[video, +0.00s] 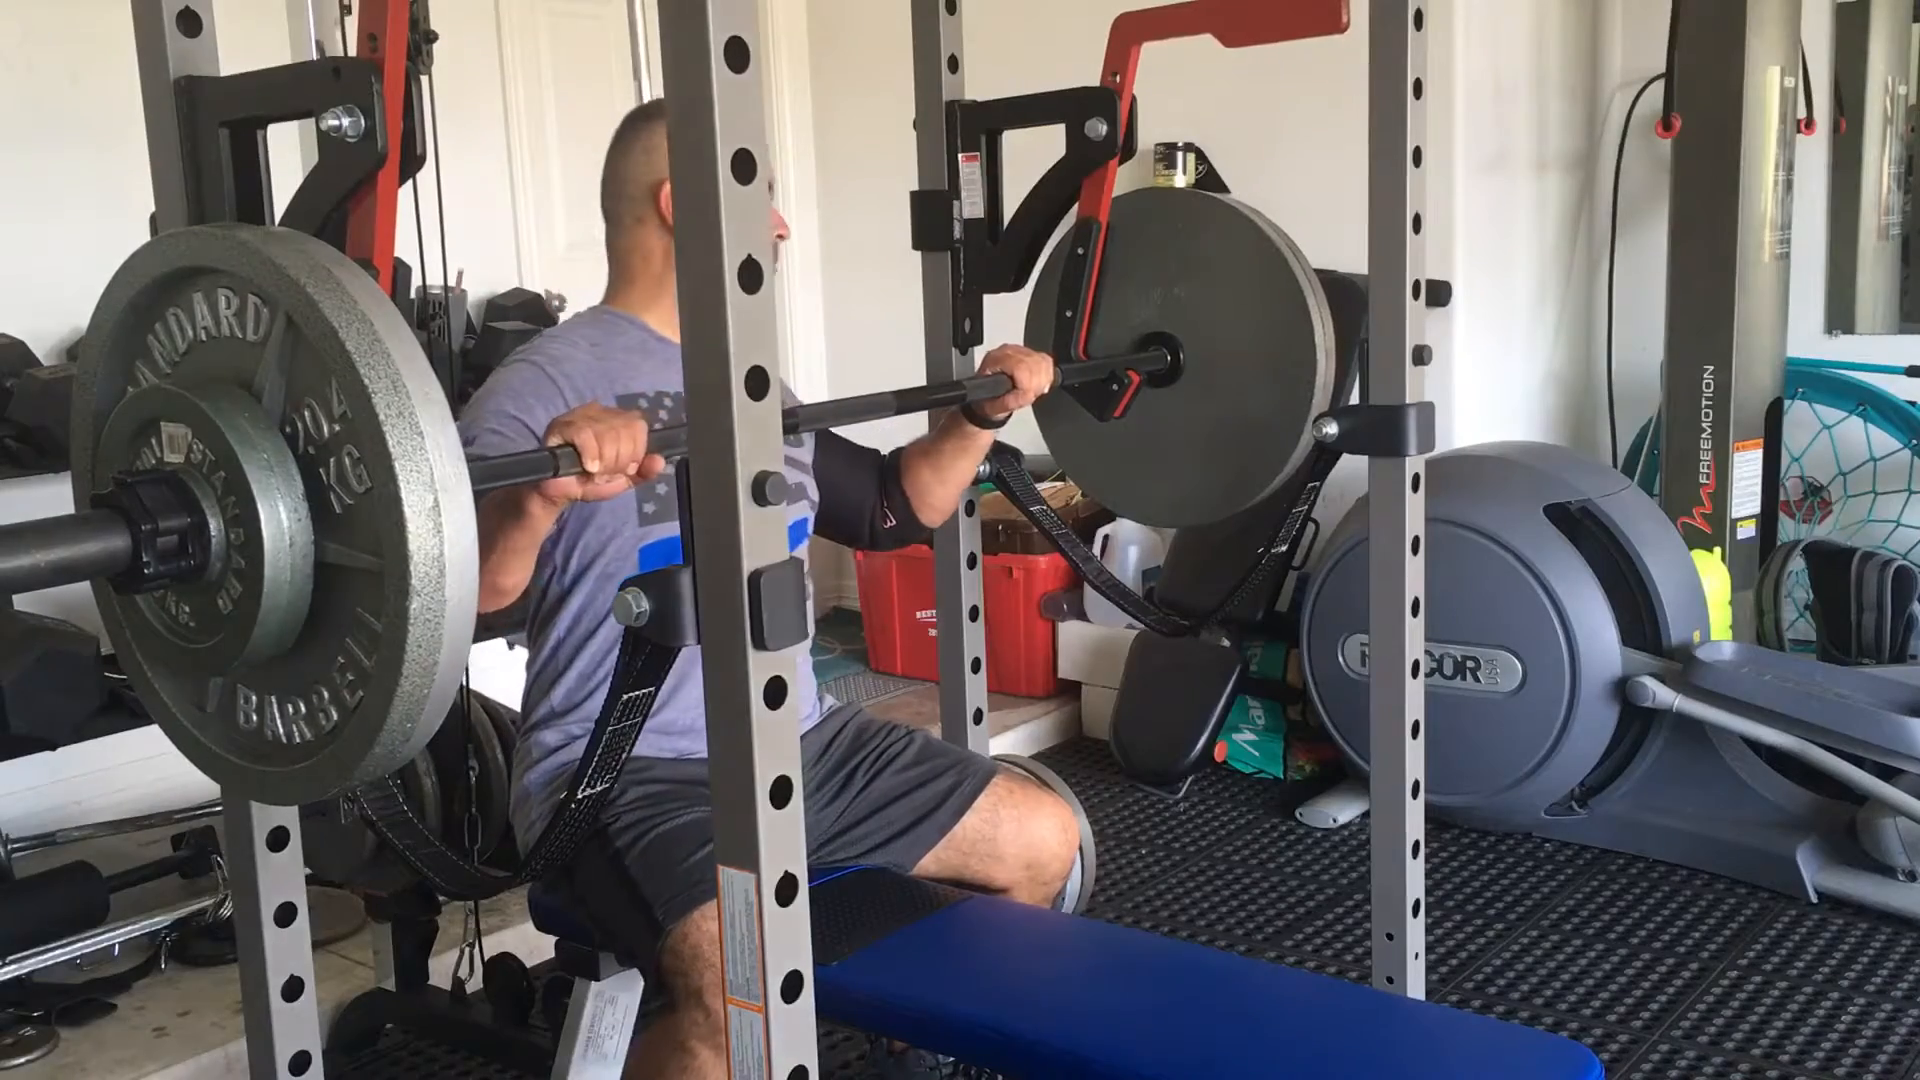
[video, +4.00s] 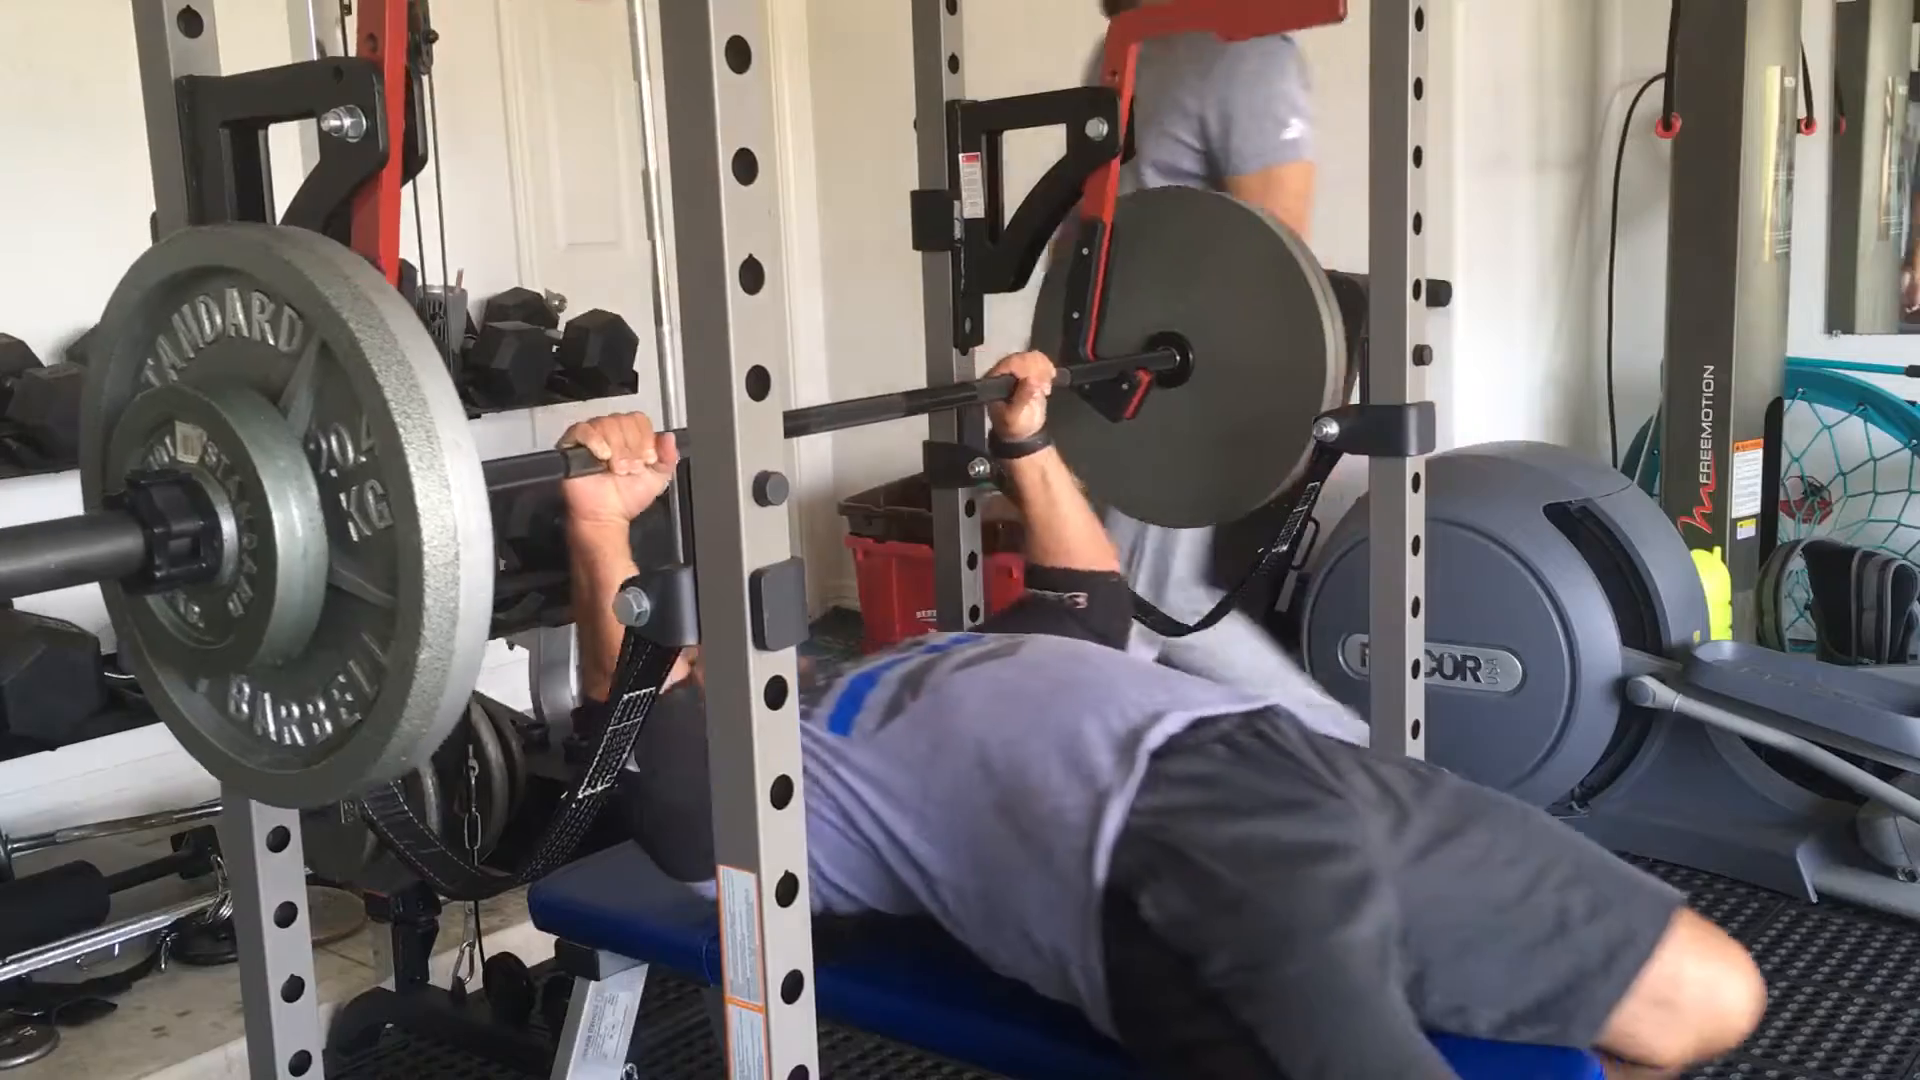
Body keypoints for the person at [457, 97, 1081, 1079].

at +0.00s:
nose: (783, 228)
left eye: (776, 197)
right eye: (755, 194)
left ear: (665, 206)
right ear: (670, 203)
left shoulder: (747, 380)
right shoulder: (542, 381)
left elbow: (891, 507)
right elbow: (478, 603)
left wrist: (978, 411)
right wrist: (544, 492)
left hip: (792, 736)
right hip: (621, 768)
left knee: (1040, 837)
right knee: (743, 967)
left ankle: (954, 1049)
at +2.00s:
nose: (703, 252)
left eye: (709, 224)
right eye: (668, 226)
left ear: (733, 235)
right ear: (584, 246)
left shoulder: (734, 373)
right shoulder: (495, 386)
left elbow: (866, 477)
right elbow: (440, 603)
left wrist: (973, 396)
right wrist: (537, 487)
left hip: (764, 726)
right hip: (590, 757)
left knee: (1028, 800)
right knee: (717, 900)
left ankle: (1126, 1050)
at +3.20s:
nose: (652, 168)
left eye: (662, 141)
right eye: (610, 143)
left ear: (685, 161)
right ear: (531, 180)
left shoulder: (721, 310)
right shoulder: (483, 343)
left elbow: (845, 475)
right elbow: (438, 579)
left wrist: (949, 404)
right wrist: (514, 474)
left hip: (889, 675)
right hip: (707, 722)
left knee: (1171, 827)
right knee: (876, 936)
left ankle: (1221, 1073)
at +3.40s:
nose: (607, 330)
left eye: (611, 309)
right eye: (565, 315)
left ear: (637, 336)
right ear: (494, 369)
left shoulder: (725, 452)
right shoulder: (514, 503)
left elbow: (900, 552)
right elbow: (490, 649)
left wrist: (953, 417)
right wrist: (524, 509)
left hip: (1012, 678)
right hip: (870, 745)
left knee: (1307, 883)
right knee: (1054, 992)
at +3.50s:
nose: (611, 456)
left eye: (610, 432)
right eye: (561, 444)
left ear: (633, 443)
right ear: (501, 493)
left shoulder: (753, 530)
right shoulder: (565, 619)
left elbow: (947, 585)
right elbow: (521, 717)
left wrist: (962, 425)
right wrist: (518, 520)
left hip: (1056, 697)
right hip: (924, 773)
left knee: (1387, 912)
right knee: (1112, 1035)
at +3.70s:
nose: (626, 567)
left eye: (636, 545)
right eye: (593, 576)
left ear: (676, 581)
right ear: (582, 626)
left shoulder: (847, 640)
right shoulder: (644, 750)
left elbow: (995, 620)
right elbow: (556, 791)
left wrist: (972, 435)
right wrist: (542, 523)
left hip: (1163, 741)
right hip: (1023, 821)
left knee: (1538, 957)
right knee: (1242, 1056)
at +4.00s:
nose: (712, 659)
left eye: (721, 648)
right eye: (704, 671)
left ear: (824, 661)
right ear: (723, 728)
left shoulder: (986, 657)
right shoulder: (807, 784)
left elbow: (1097, 606)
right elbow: (636, 774)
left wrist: (1024, 440)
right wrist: (597, 538)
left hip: (1334, 761)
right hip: (1186, 856)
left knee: (1719, 993)